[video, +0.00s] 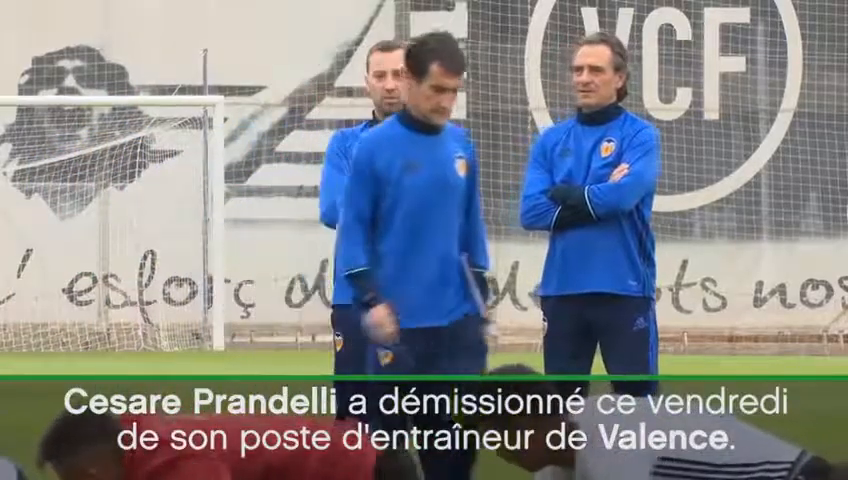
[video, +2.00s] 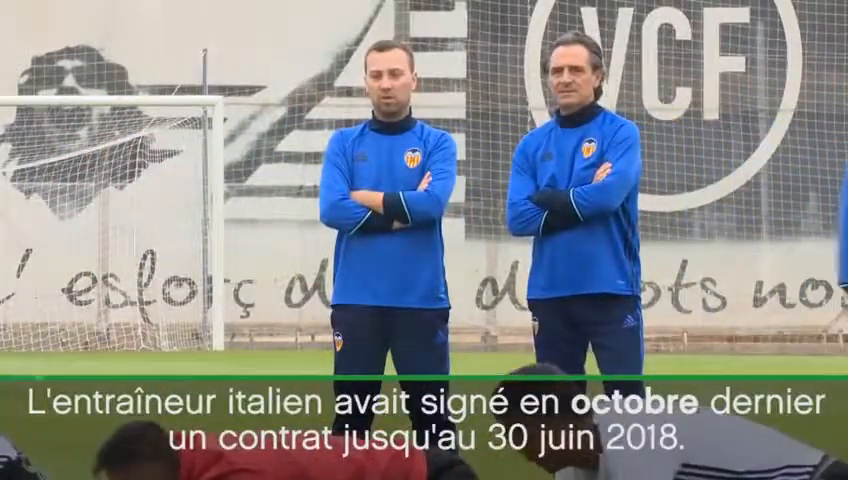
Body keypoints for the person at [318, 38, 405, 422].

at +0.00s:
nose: (389, 84)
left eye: (399, 74)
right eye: (380, 75)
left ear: (414, 80)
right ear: (367, 83)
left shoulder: (435, 141)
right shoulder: (346, 141)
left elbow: (448, 205)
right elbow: (331, 209)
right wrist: (393, 195)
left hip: (424, 293)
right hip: (358, 293)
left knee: (419, 407)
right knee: (356, 409)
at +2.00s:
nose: (386, 84)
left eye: (396, 75)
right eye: (376, 76)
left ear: (414, 82)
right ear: (366, 84)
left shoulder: (438, 142)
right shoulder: (343, 142)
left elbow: (433, 207)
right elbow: (332, 211)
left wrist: (361, 196)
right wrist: (407, 209)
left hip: (421, 300)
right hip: (357, 299)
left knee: (431, 415)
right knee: (351, 416)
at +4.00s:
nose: (386, 84)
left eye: (396, 75)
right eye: (377, 76)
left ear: (415, 81)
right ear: (368, 84)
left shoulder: (438, 143)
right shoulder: (344, 141)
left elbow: (431, 206)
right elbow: (331, 209)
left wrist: (360, 195)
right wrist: (402, 215)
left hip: (420, 302)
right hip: (356, 301)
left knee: (432, 419)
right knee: (351, 418)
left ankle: (440, 478)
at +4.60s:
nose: (386, 84)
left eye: (396, 74)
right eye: (377, 76)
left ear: (415, 81)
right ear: (368, 84)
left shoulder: (438, 142)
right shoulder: (344, 141)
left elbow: (431, 207)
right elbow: (331, 209)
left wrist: (359, 195)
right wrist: (402, 214)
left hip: (420, 302)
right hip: (356, 302)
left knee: (431, 419)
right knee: (351, 418)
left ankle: (440, 479)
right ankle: (347, 479)